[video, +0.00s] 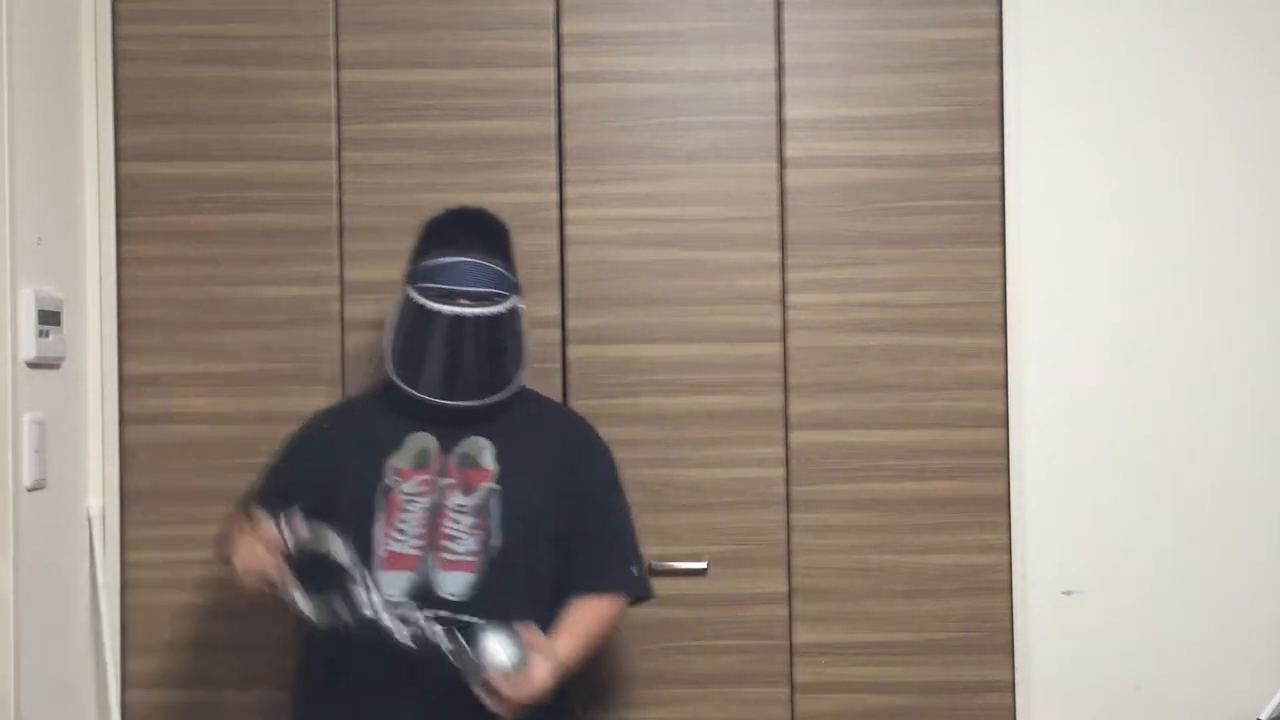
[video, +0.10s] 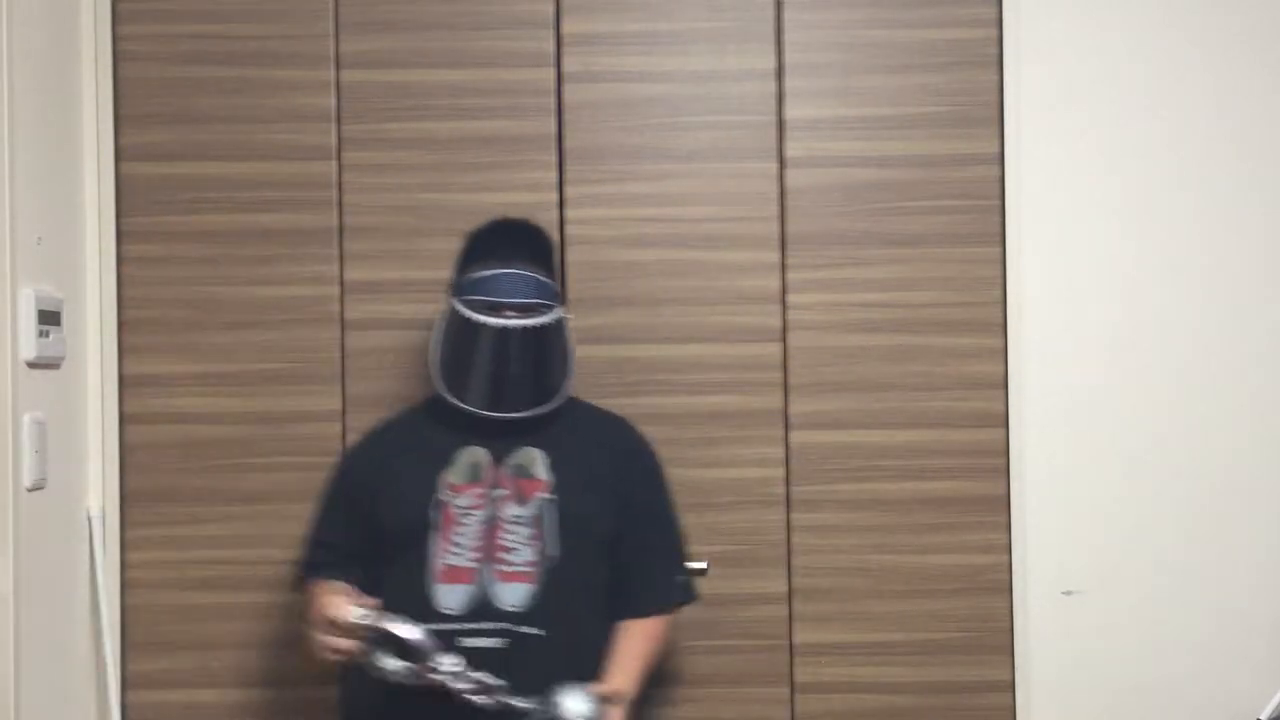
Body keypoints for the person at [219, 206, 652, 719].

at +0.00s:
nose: (458, 336)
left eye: (478, 318)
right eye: (440, 315)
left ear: (510, 319)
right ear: (408, 312)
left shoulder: (565, 445)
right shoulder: (339, 434)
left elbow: (608, 581)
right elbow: (259, 517)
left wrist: (553, 656)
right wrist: (254, 547)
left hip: (495, 704)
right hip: (352, 701)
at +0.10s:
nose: (507, 349)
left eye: (526, 329)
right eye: (487, 328)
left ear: (556, 328)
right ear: (453, 323)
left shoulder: (615, 454)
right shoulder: (386, 455)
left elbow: (652, 594)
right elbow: (333, 567)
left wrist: (615, 691)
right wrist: (334, 611)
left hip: (558, 706)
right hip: (409, 703)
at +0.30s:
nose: (597, 330)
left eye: (616, 311)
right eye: (577, 312)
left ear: (645, 308)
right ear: (545, 310)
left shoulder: (713, 426)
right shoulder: (491, 437)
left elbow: (793, 539)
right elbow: (406, 576)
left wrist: (750, 606)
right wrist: (455, 511)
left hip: (684, 700)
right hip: (539, 701)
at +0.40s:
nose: (621, 319)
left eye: (641, 298)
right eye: (600, 298)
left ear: (671, 296)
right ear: (566, 299)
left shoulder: (736, 405)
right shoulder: (528, 423)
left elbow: (856, 510)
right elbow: (426, 518)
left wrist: (812, 502)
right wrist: (498, 403)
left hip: (718, 701)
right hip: (570, 702)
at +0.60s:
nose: (646, 302)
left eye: (666, 279)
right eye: (623, 279)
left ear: (695, 287)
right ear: (586, 289)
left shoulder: (770, 409)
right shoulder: (546, 413)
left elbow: (890, 492)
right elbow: (451, 429)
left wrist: (873, 424)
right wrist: (526, 308)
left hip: (759, 697)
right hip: (598, 699)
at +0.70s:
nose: (646, 309)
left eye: (667, 285)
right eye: (622, 287)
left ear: (695, 290)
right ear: (586, 294)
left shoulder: (763, 415)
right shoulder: (549, 415)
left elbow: (889, 507)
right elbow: (447, 443)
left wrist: (863, 450)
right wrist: (522, 328)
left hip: (758, 700)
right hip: (599, 701)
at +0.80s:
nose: (630, 325)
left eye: (649, 303)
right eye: (610, 304)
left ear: (682, 299)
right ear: (577, 303)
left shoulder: (750, 406)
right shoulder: (540, 421)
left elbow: (874, 508)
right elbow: (436, 489)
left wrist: (825, 507)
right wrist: (510, 392)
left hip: (737, 701)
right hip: (587, 703)